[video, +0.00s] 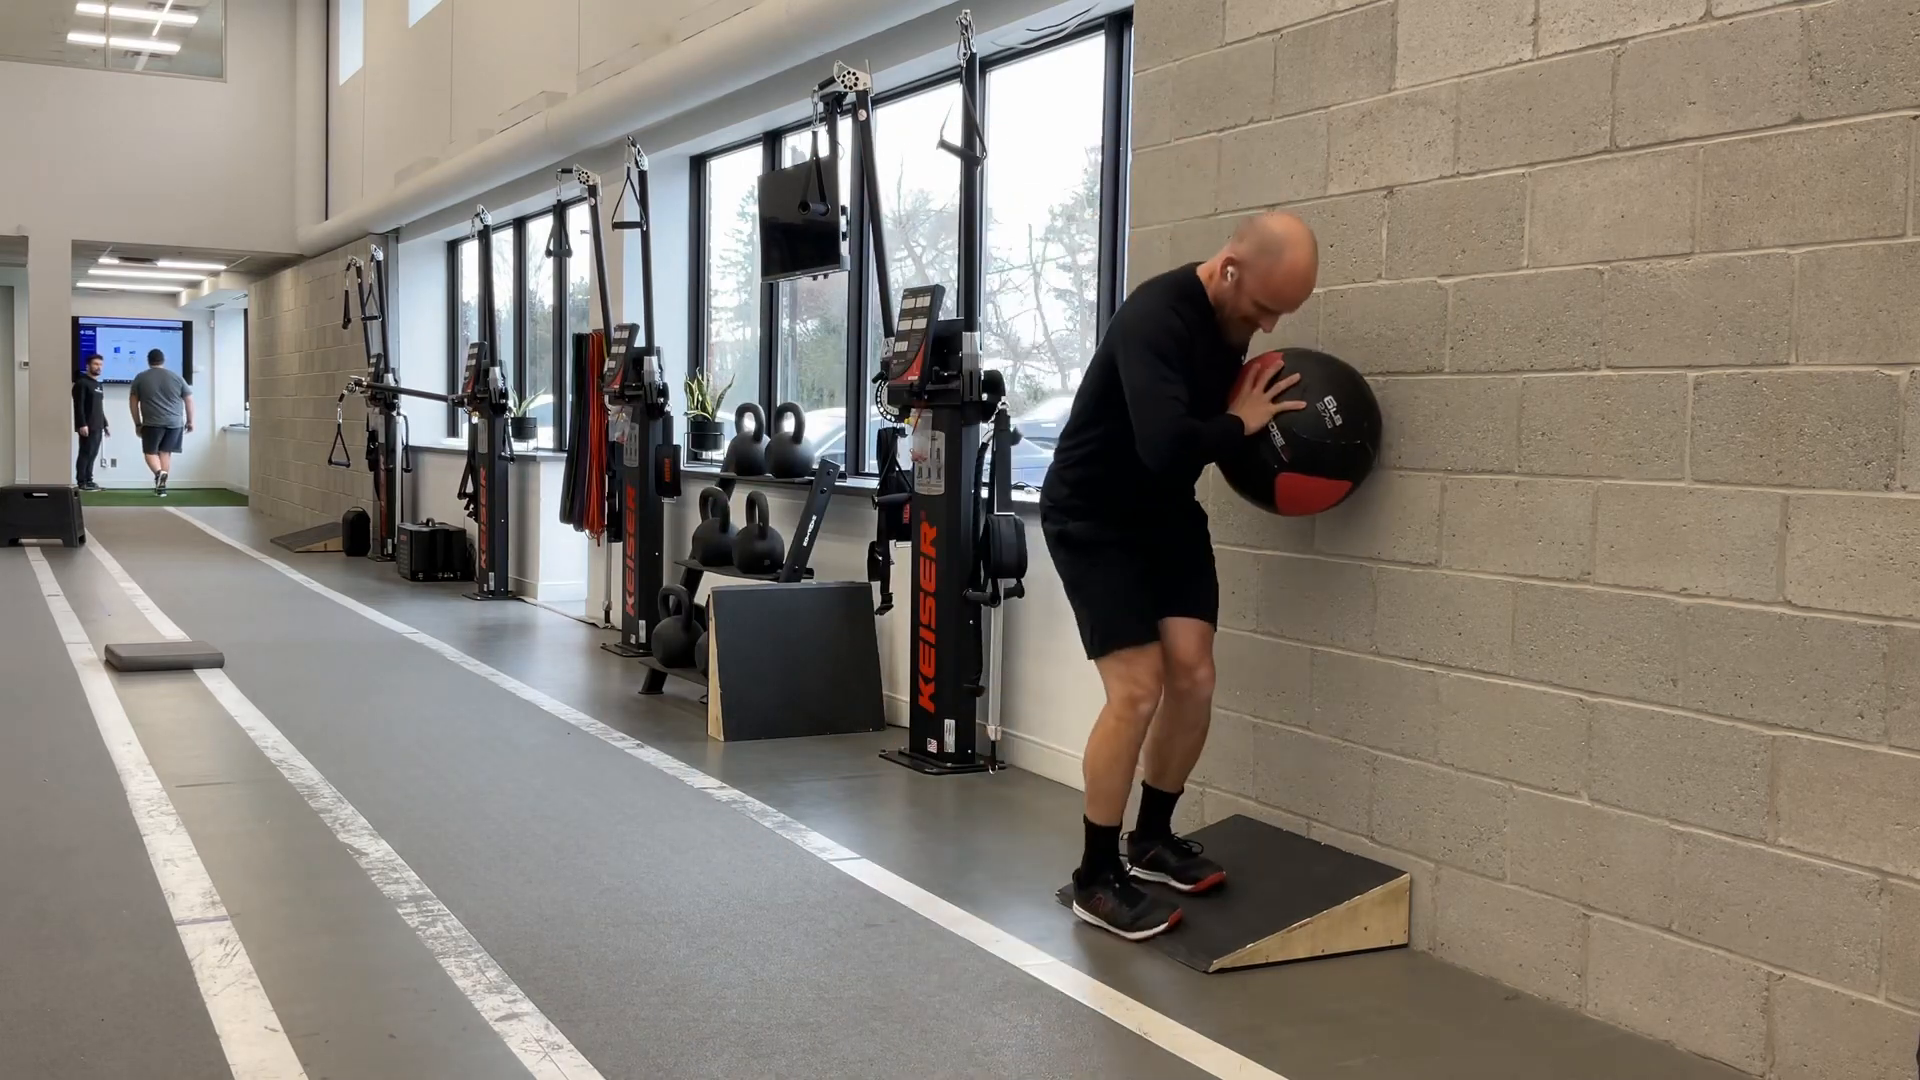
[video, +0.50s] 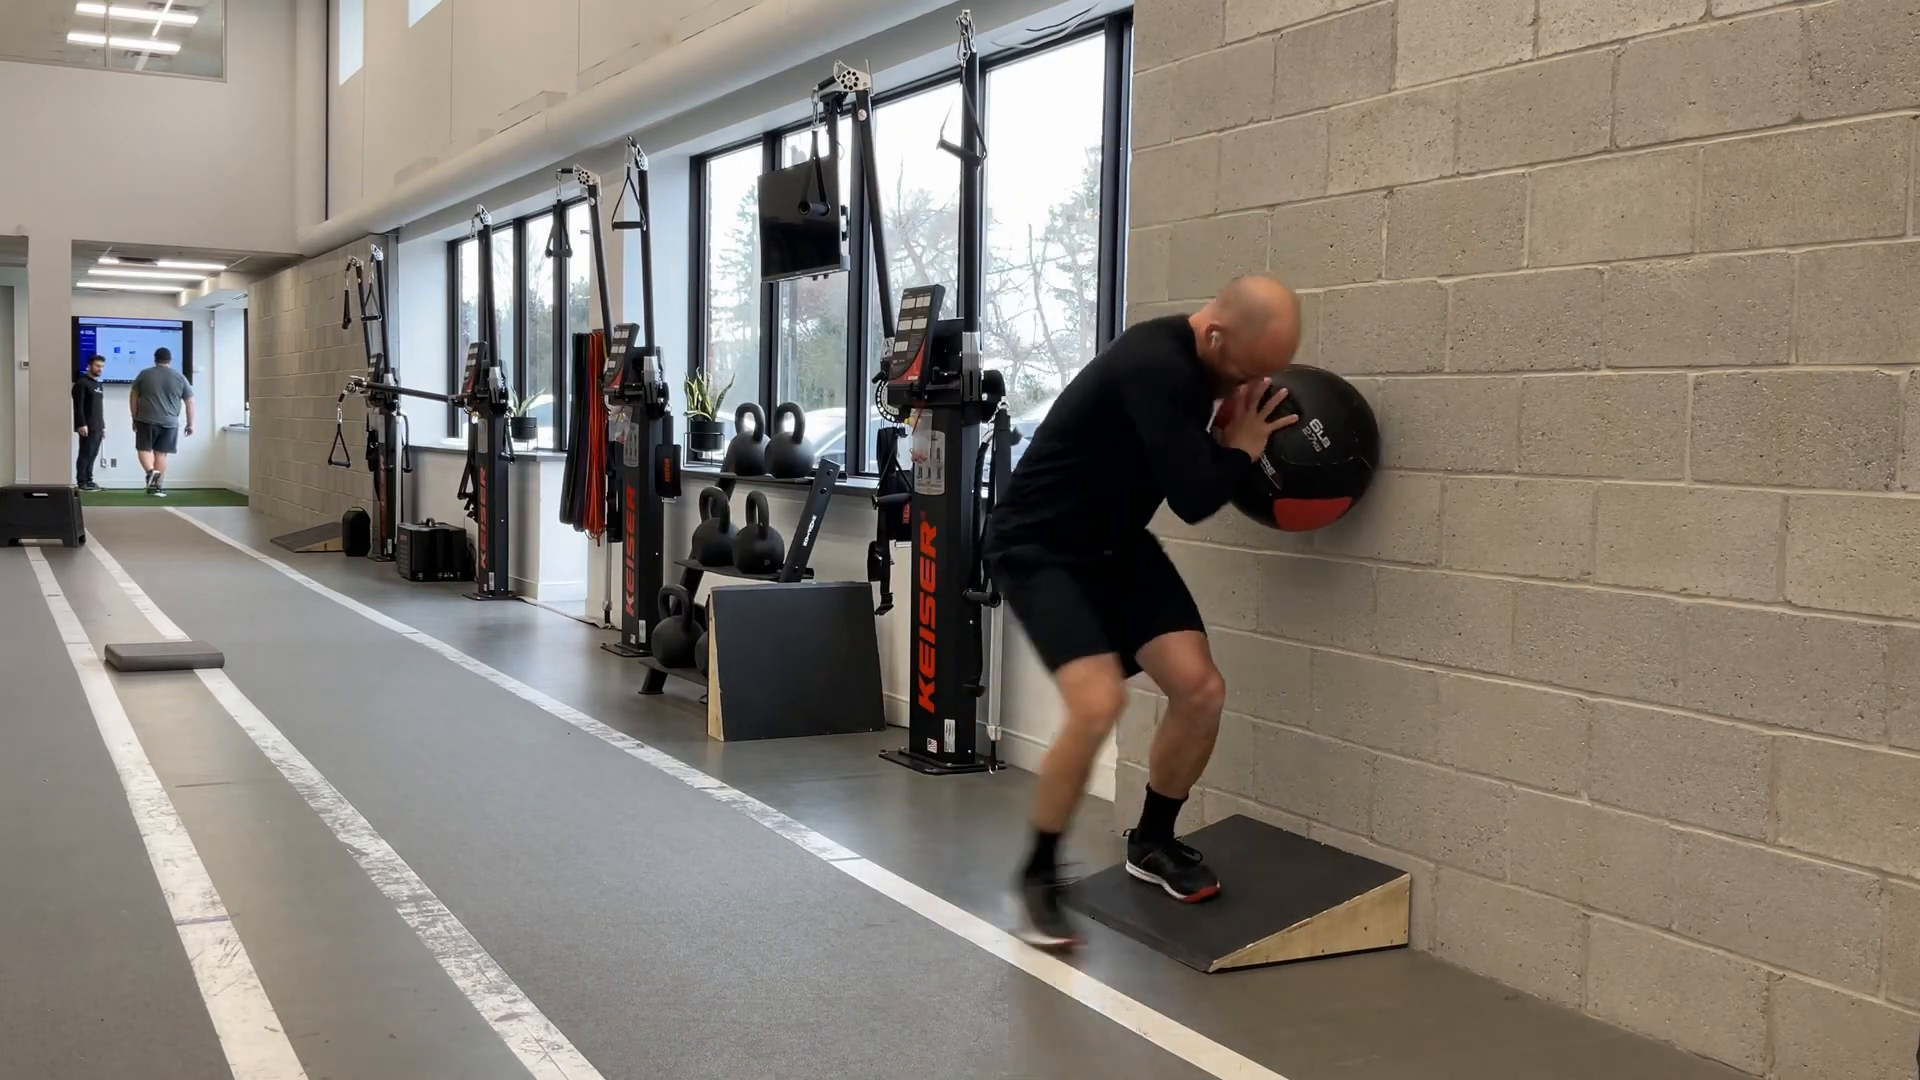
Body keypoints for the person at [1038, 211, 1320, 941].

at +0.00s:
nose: (1267, 327)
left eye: (1280, 315)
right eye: (1261, 309)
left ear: (1290, 292)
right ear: (1226, 268)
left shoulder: (1235, 327)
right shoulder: (1157, 316)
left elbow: (1227, 437)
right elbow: (1163, 446)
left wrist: (1287, 470)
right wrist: (1237, 423)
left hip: (1169, 505)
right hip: (1093, 507)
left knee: (1193, 676)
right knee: (1138, 686)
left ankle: (1151, 839)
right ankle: (1096, 876)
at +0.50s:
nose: (1256, 380)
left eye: (1266, 368)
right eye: (1253, 365)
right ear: (1213, 334)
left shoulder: (1205, 363)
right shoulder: (1155, 365)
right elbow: (1193, 502)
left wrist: (1230, 439)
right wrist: (1235, 444)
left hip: (1114, 538)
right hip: (1035, 538)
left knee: (1200, 691)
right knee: (1097, 702)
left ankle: (1152, 842)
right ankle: (1039, 873)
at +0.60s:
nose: (1220, 372)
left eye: (1225, 359)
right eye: (1216, 358)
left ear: (1178, 332)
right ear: (1172, 330)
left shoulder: (1155, 368)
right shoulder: (1123, 378)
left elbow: (1179, 469)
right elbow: (1187, 501)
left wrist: (1232, 450)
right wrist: (1245, 457)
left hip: (1082, 554)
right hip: (996, 556)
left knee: (1189, 698)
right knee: (988, 715)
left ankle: (1148, 844)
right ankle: (896, 893)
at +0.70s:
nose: (1131, 315)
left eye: (1135, 302)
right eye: (1122, 302)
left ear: (1110, 292)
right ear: (1077, 290)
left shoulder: (1093, 347)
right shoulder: (1029, 346)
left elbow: (1128, 441)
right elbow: (1121, 441)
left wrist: (1243, 486)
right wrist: (1207, 439)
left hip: (1022, 552)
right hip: (932, 548)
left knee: (1134, 701)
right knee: (860, 687)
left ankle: (1146, 850)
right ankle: (741, 877)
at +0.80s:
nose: (996, 267)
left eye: (1008, 254)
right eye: (986, 248)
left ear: (1014, 249)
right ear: (949, 228)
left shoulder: (993, 317)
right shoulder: (903, 292)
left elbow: (1028, 419)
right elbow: (976, 389)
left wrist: (1120, 460)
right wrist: (1072, 399)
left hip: (932, 526)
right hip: (842, 517)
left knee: (1022, 680)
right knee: (731, 661)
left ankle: (1108, 837)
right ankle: (576, 858)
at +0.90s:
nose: (886, 265)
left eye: (896, 249)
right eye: (874, 245)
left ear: (900, 240)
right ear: (827, 223)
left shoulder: (886, 310)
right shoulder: (777, 276)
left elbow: (916, 422)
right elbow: (765, 393)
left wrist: (967, 422)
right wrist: (869, 386)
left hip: (822, 535)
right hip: (730, 530)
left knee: (952, 679)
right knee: (630, 700)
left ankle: (913, 844)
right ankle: (457, 889)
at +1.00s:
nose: (757, 323)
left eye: (771, 303)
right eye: (741, 303)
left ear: (787, 288)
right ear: (699, 277)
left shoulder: (784, 369)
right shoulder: (627, 344)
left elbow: (801, 486)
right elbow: (568, 451)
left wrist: (830, 517)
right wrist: (684, 445)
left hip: (714, 591)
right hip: (614, 591)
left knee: (833, 724)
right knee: (533, 784)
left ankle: (692, 833)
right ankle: (370, 955)